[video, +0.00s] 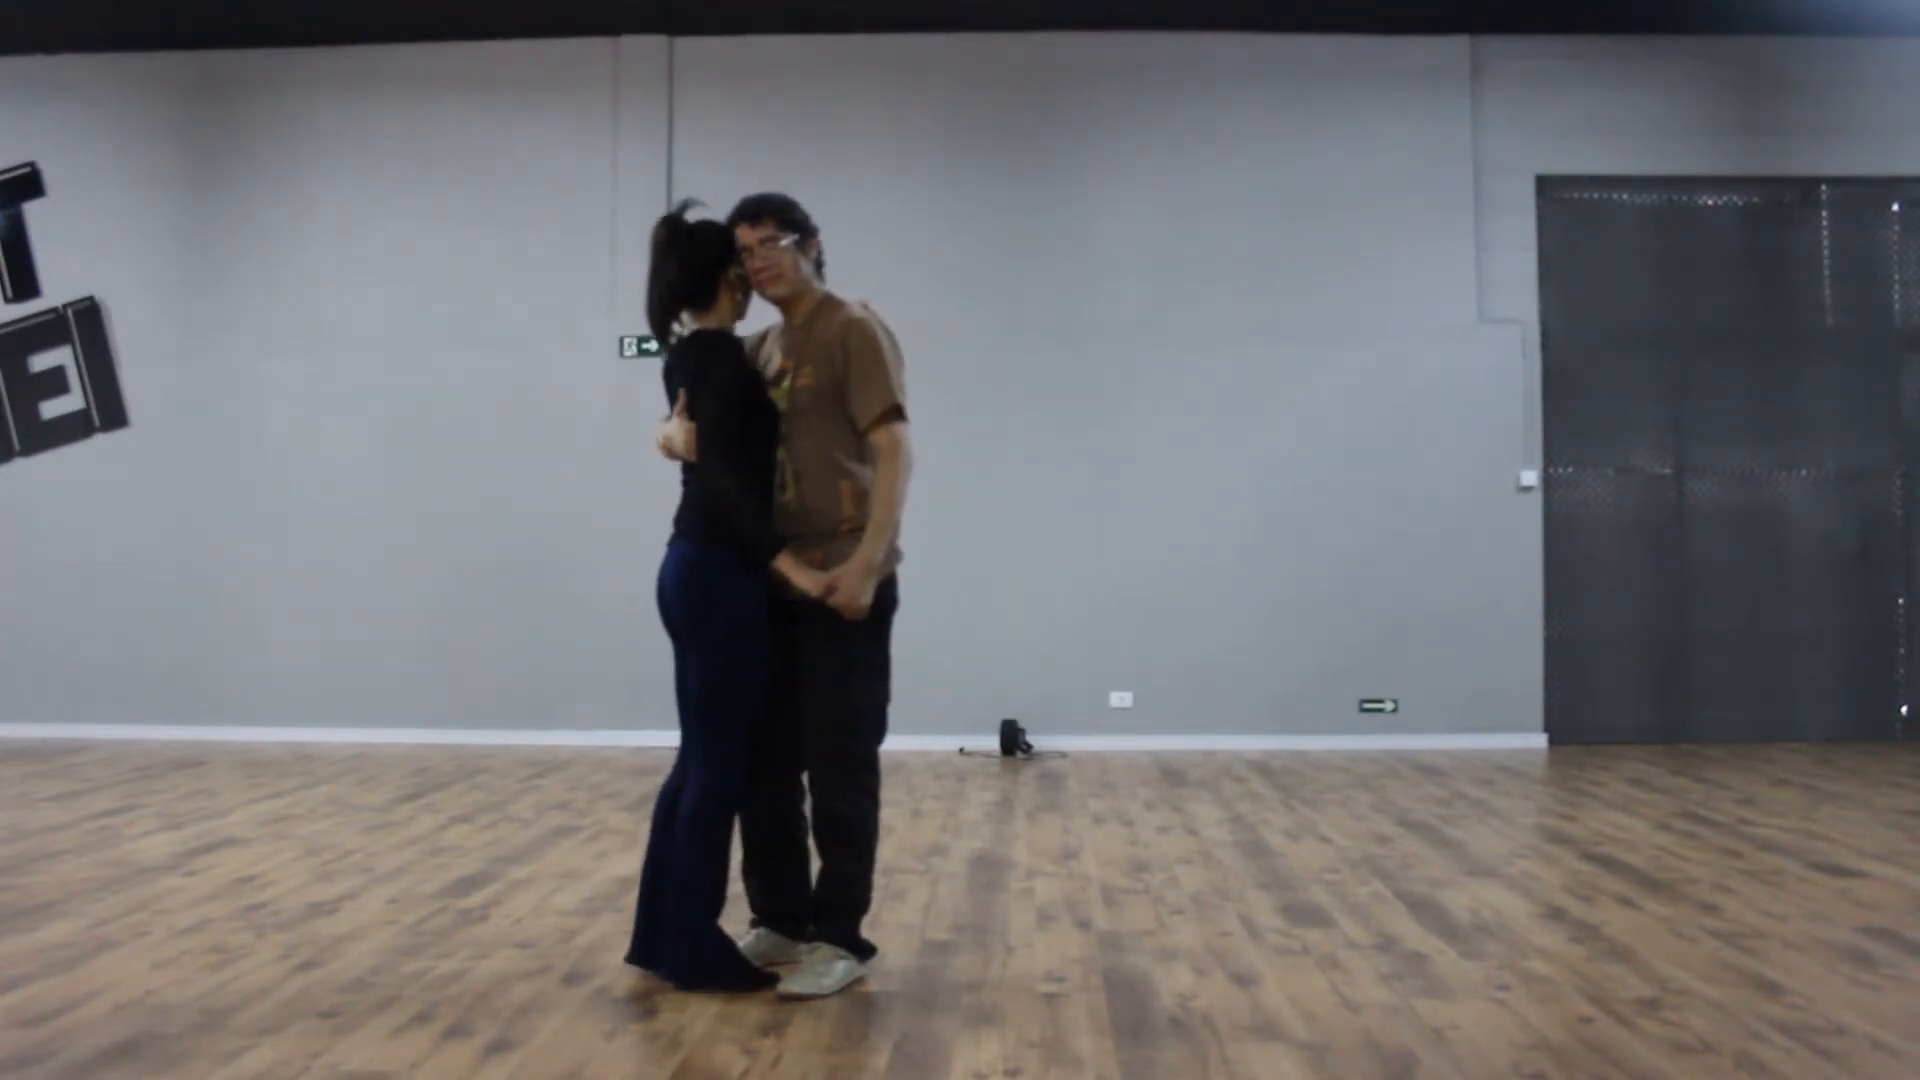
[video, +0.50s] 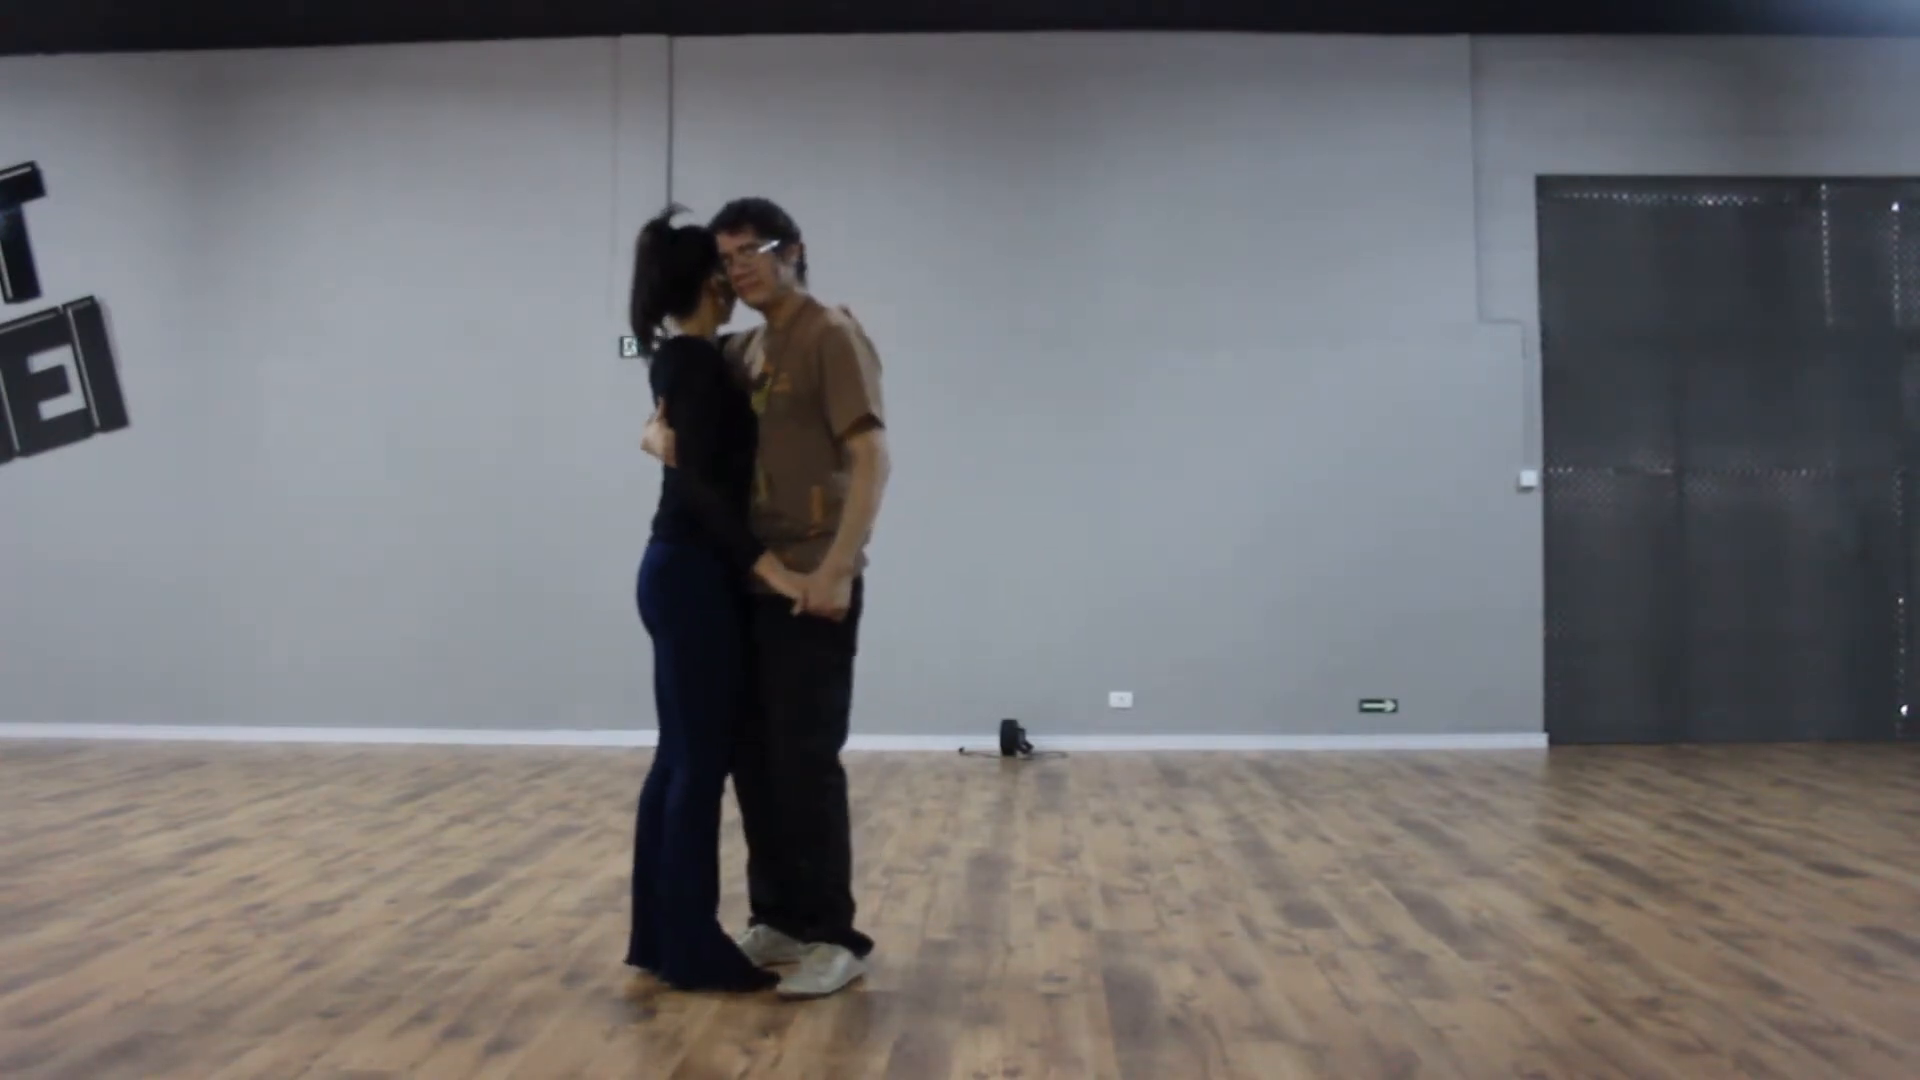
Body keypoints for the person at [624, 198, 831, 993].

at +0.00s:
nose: (754, 273)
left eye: (750, 262)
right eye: (744, 265)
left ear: (686, 284)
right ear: (727, 280)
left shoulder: (696, 355)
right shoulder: (717, 361)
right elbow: (720, 484)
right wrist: (788, 565)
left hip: (700, 570)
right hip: (717, 575)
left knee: (706, 758)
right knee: (718, 761)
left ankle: (662, 934)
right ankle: (688, 941)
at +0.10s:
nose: (752, 272)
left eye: (748, 260)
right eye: (741, 264)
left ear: (684, 283)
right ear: (724, 279)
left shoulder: (698, 353)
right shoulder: (711, 361)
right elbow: (714, 479)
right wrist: (783, 564)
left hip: (699, 570)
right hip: (710, 576)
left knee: (702, 758)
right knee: (713, 760)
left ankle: (664, 935)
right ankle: (689, 941)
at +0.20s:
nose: (748, 271)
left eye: (745, 260)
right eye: (738, 263)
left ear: (681, 283)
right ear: (721, 279)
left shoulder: (702, 353)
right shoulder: (705, 361)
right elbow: (707, 480)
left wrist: (833, 317)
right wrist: (776, 564)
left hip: (695, 568)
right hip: (703, 574)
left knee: (697, 758)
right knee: (706, 760)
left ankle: (664, 935)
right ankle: (687, 942)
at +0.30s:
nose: (747, 274)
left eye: (744, 262)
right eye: (736, 265)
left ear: (679, 284)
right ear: (717, 280)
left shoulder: (699, 353)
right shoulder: (702, 362)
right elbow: (705, 482)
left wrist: (829, 318)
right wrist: (775, 566)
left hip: (692, 568)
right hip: (699, 574)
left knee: (692, 757)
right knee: (702, 760)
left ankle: (663, 935)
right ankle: (687, 941)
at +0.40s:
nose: (739, 276)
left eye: (737, 265)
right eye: (730, 268)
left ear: (673, 286)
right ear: (711, 282)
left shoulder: (698, 355)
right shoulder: (696, 364)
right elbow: (699, 484)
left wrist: (826, 324)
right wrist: (773, 569)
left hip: (690, 569)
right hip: (695, 575)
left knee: (686, 758)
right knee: (698, 761)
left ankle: (662, 935)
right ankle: (687, 942)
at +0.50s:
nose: (736, 278)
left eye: (734, 266)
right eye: (726, 269)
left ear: (670, 288)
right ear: (708, 283)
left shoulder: (693, 357)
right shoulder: (695, 366)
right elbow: (699, 484)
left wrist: (823, 324)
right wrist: (771, 570)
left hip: (687, 570)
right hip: (692, 575)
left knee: (683, 758)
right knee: (697, 761)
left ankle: (662, 937)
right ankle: (687, 943)